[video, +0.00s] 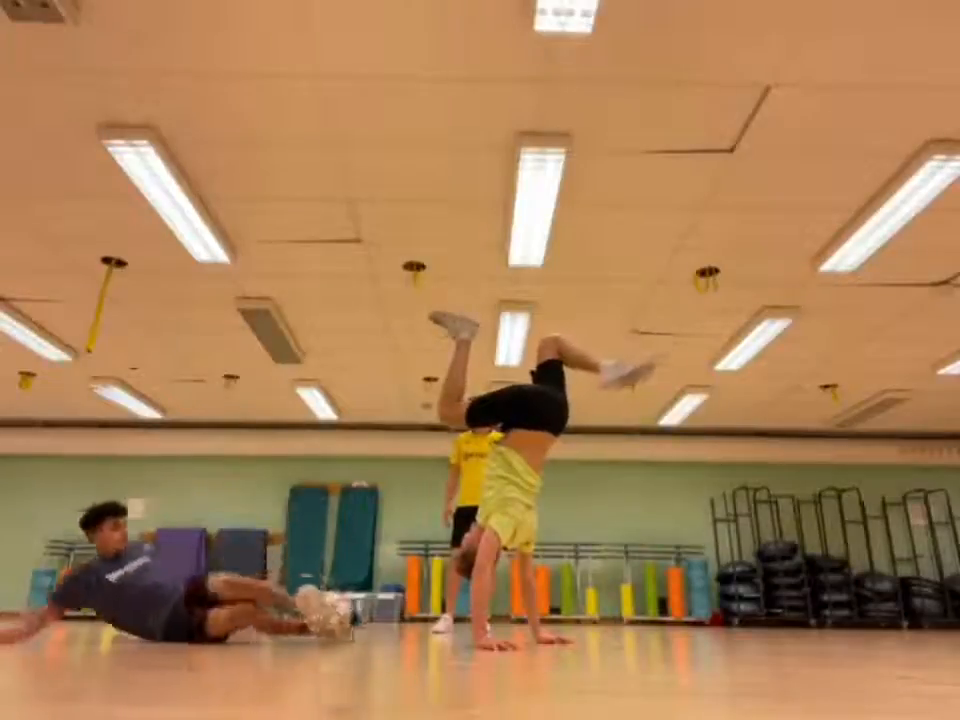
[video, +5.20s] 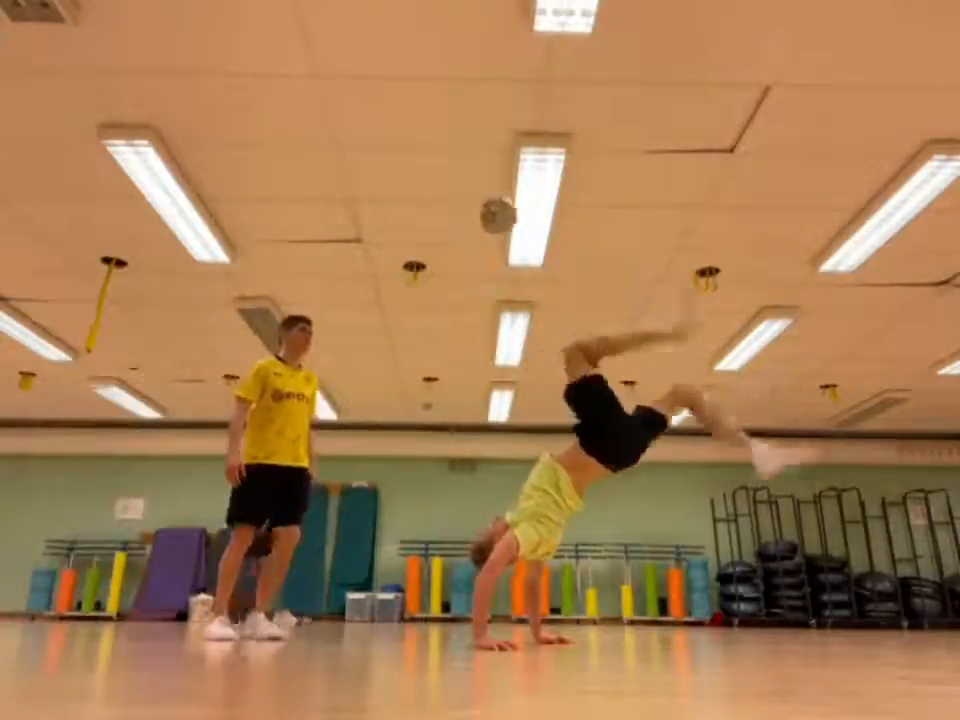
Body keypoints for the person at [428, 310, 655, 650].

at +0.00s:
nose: (469, 534)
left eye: (465, 540)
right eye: (470, 541)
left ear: (469, 542)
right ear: (472, 542)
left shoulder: (523, 535)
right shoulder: (494, 526)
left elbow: (527, 584)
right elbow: (481, 574)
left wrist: (537, 631)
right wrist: (481, 635)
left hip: (552, 413)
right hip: (530, 410)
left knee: (550, 345)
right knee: (451, 413)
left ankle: (607, 370)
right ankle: (464, 339)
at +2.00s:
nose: (483, 572)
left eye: (485, 574)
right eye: (481, 573)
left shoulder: (524, 536)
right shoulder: (493, 528)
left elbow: (526, 584)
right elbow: (481, 577)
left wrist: (537, 631)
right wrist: (481, 636)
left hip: (553, 414)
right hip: (529, 408)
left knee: (559, 344)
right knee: (450, 417)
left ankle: (613, 378)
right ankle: (461, 340)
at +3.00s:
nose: (481, 557)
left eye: (473, 556)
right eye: (477, 556)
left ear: (472, 549)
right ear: (473, 543)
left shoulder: (526, 538)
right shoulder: (497, 528)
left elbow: (528, 585)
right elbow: (483, 577)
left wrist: (537, 632)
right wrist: (482, 636)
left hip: (557, 412)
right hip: (536, 412)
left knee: (549, 345)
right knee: (457, 407)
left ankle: (620, 317)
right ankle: (450, 334)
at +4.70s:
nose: (476, 543)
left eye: (473, 548)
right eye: (476, 546)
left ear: (475, 547)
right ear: (481, 544)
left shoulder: (528, 540)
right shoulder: (504, 531)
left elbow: (529, 586)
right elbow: (484, 575)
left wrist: (538, 632)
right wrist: (481, 635)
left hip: (572, 416)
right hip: (554, 416)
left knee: (580, 347)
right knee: (471, 409)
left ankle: (658, 323)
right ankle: (472, 331)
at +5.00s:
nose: (482, 542)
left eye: (480, 545)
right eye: (481, 543)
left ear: (482, 550)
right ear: (484, 544)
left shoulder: (530, 541)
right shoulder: (509, 534)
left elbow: (530, 588)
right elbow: (482, 576)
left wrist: (536, 632)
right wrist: (480, 635)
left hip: (598, 436)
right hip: (582, 432)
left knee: (634, 367)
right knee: (515, 382)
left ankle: (714, 359)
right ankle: (527, 301)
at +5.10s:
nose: (488, 525)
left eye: (486, 534)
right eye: (487, 533)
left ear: (490, 546)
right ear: (490, 540)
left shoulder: (530, 538)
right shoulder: (514, 532)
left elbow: (535, 586)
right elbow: (486, 574)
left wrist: (537, 632)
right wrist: (480, 637)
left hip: (604, 438)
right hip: (596, 436)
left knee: (655, 374)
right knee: (538, 362)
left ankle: (736, 390)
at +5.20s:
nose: (495, 524)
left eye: (494, 536)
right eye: (494, 531)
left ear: (495, 550)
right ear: (497, 537)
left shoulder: (535, 539)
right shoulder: (519, 534)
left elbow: (535, 586)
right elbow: (485, 579)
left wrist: (537, 630)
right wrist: (479, 637)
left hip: (618, 452)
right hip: (609, 441)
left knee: (683, 394)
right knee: (576, 353)